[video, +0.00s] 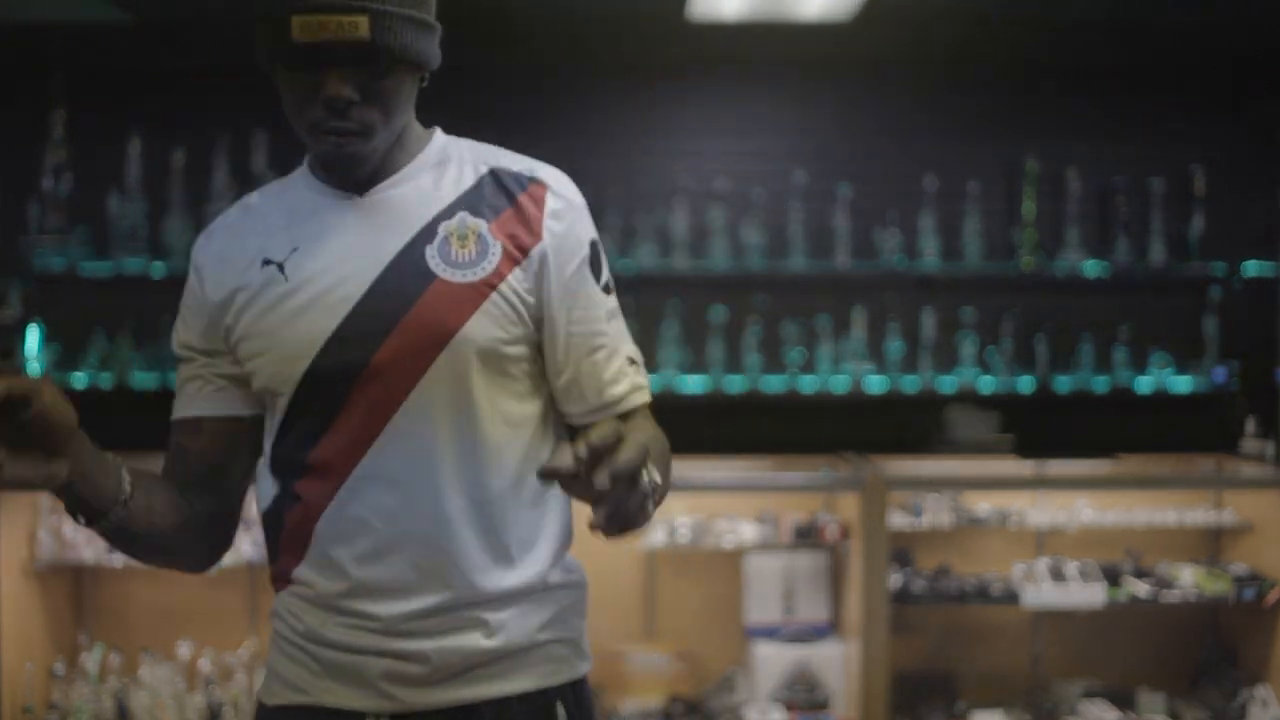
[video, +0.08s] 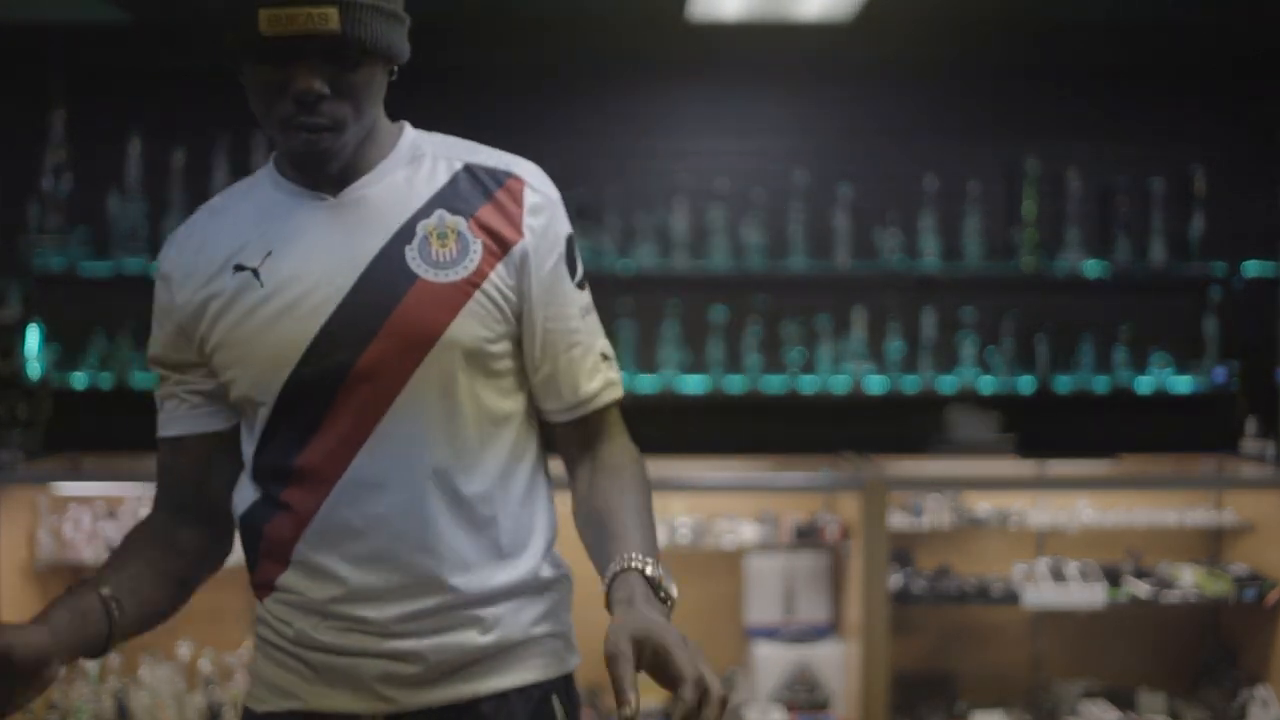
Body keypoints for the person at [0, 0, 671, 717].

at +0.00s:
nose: (338, 91)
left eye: (369, 65)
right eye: (312, 64)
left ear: (421, 69)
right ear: (281, 75)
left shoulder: (532, 204)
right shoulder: (230, 250)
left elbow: (624, 438)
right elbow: (199, 524)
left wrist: (625, 470)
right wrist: (79, 465)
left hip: (514, 672)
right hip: (320, 677)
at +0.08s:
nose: (307, 84)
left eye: (339, 55)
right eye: (278, 58)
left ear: (393, 61)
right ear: (248, 73)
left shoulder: (507, 198)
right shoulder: (198, 256)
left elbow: (593, 431)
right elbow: (188, 514)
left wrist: (635, 589)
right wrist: (50, 638)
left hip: (502, 671)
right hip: (306, 679)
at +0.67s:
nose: (365, 113)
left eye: (395, 74)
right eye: (329, 80)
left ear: (433, 59)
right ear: (273, 65)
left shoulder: (541, 201)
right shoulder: (198, 253)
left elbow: (616, 468)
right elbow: (175, 545)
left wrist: (693, 697)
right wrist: (150, 715)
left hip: (548, 685)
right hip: (328, 691)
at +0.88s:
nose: (488, 127)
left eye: (517, 93)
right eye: (451, 93)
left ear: (556, 69)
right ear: (393, 70)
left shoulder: (648, 218)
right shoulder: (307, 243)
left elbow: (711, 496)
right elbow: (261, 532)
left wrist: (776, 707)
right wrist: (217, 715)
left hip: (621, 689)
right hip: (406, 691)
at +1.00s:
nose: (586, 127)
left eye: (617, 94)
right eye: (550, 93)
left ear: (651, 79)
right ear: (489, 71)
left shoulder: (731, 224)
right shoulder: (389, 237)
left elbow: (788, 506)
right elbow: (337, 522)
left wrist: (848, 706)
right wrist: (283, 713)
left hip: (687, 688)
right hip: (467, 688)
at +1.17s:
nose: (685, 128)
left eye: (714, 97)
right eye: (650, 94)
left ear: (746, 82)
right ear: (588, 70)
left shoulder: (818, 224)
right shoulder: (478, 223)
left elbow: (866, 506)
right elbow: (420, 504)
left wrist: (922, 706)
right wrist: (363, 710)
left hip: (747, 688)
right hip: (536, 686)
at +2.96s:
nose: (645, 144)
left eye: (674, 111)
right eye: (613, 113)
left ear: (706, 91)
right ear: (561, 89)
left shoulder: (776, 227)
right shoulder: (459, 224)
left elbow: (884, 454)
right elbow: (348, 459)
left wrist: (1029, 658)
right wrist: (257, 692)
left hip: (726, 680)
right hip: (526, 687)